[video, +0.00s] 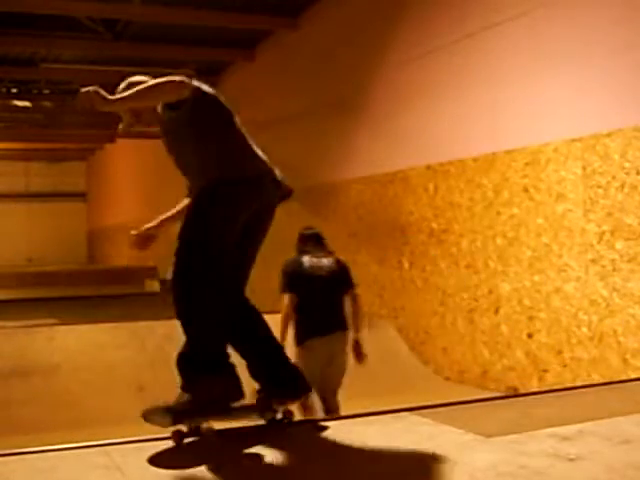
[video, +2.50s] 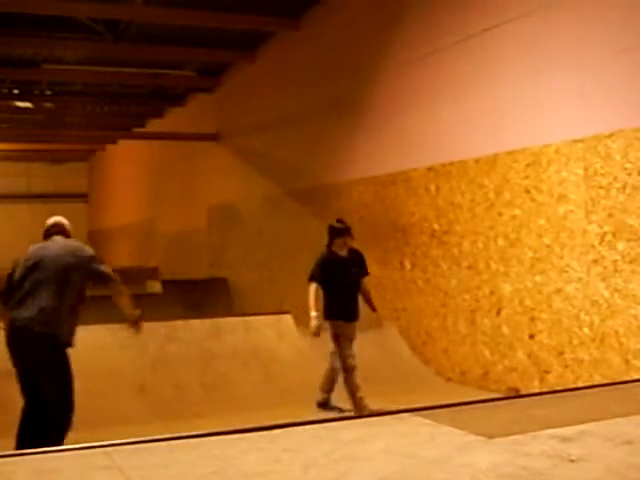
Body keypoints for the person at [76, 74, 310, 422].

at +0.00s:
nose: (130, 124)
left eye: (128, 114)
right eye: (126, 119)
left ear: (140, 96)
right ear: (148, 104)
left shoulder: (185, 96)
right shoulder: (181, 126)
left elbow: (179, 85)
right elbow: (202, 191)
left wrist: (114, 102)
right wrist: (157, 225)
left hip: (226, 193)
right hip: (254, 193)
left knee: (191, 287)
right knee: (225, 293)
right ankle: (283, 383)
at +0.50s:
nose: (137, 36)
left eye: (137, 24)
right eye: (136, 28)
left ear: (150, 8)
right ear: (181, 5)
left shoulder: (163, 22)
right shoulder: (225, 31)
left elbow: (165, 70)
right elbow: (281, 89)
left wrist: (125, 121)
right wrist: (287, 136)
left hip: (195, 175)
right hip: (242, 173)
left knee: (180, 283)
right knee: (241, 278)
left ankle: (208, 398)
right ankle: (283, 383)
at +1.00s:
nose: (135, 56)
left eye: (133, 44)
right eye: (133, 49)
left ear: (142, 24)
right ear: (168, 16)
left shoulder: (159, 18)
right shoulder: (213, 38)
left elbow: (173, 53)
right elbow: (221, 121)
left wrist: (143, 111)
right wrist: (175, 157)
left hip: (206, 167)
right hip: (247, 164)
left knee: (174, 279)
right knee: (240, 272)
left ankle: (184, 396)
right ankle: (279, 383)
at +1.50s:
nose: (147, 58)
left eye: (147, 53)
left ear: (147, 52)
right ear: (184, 49)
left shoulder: (142, 70)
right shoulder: (214, 74)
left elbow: (111, 133)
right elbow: (250, 143)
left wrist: (94, 195)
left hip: (186, 190)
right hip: (237, 186)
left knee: (160, 292)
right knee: (224, 287)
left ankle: (182, 398)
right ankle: (277, 384)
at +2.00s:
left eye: (94, 149)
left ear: (100, 145)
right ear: (134, 137)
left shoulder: (98, 157)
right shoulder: (160, 149)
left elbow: (67, 183)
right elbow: (209, 191)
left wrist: (52, 242)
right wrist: (189, 224)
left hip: (134, 244)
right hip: (179, 236)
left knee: (155, 340)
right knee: (213, 315)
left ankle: (167, 431)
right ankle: (209, 377)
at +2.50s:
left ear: (44, 236)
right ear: (69, 234)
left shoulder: (31, 253)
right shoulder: (80, 252)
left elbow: (9, 289)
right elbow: (112, 281)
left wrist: (8, 317)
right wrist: (131, 313)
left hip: (18, 333)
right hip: (49, 336)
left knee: (34, 401)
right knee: (60, 404)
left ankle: (23, 459)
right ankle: (46, 460)